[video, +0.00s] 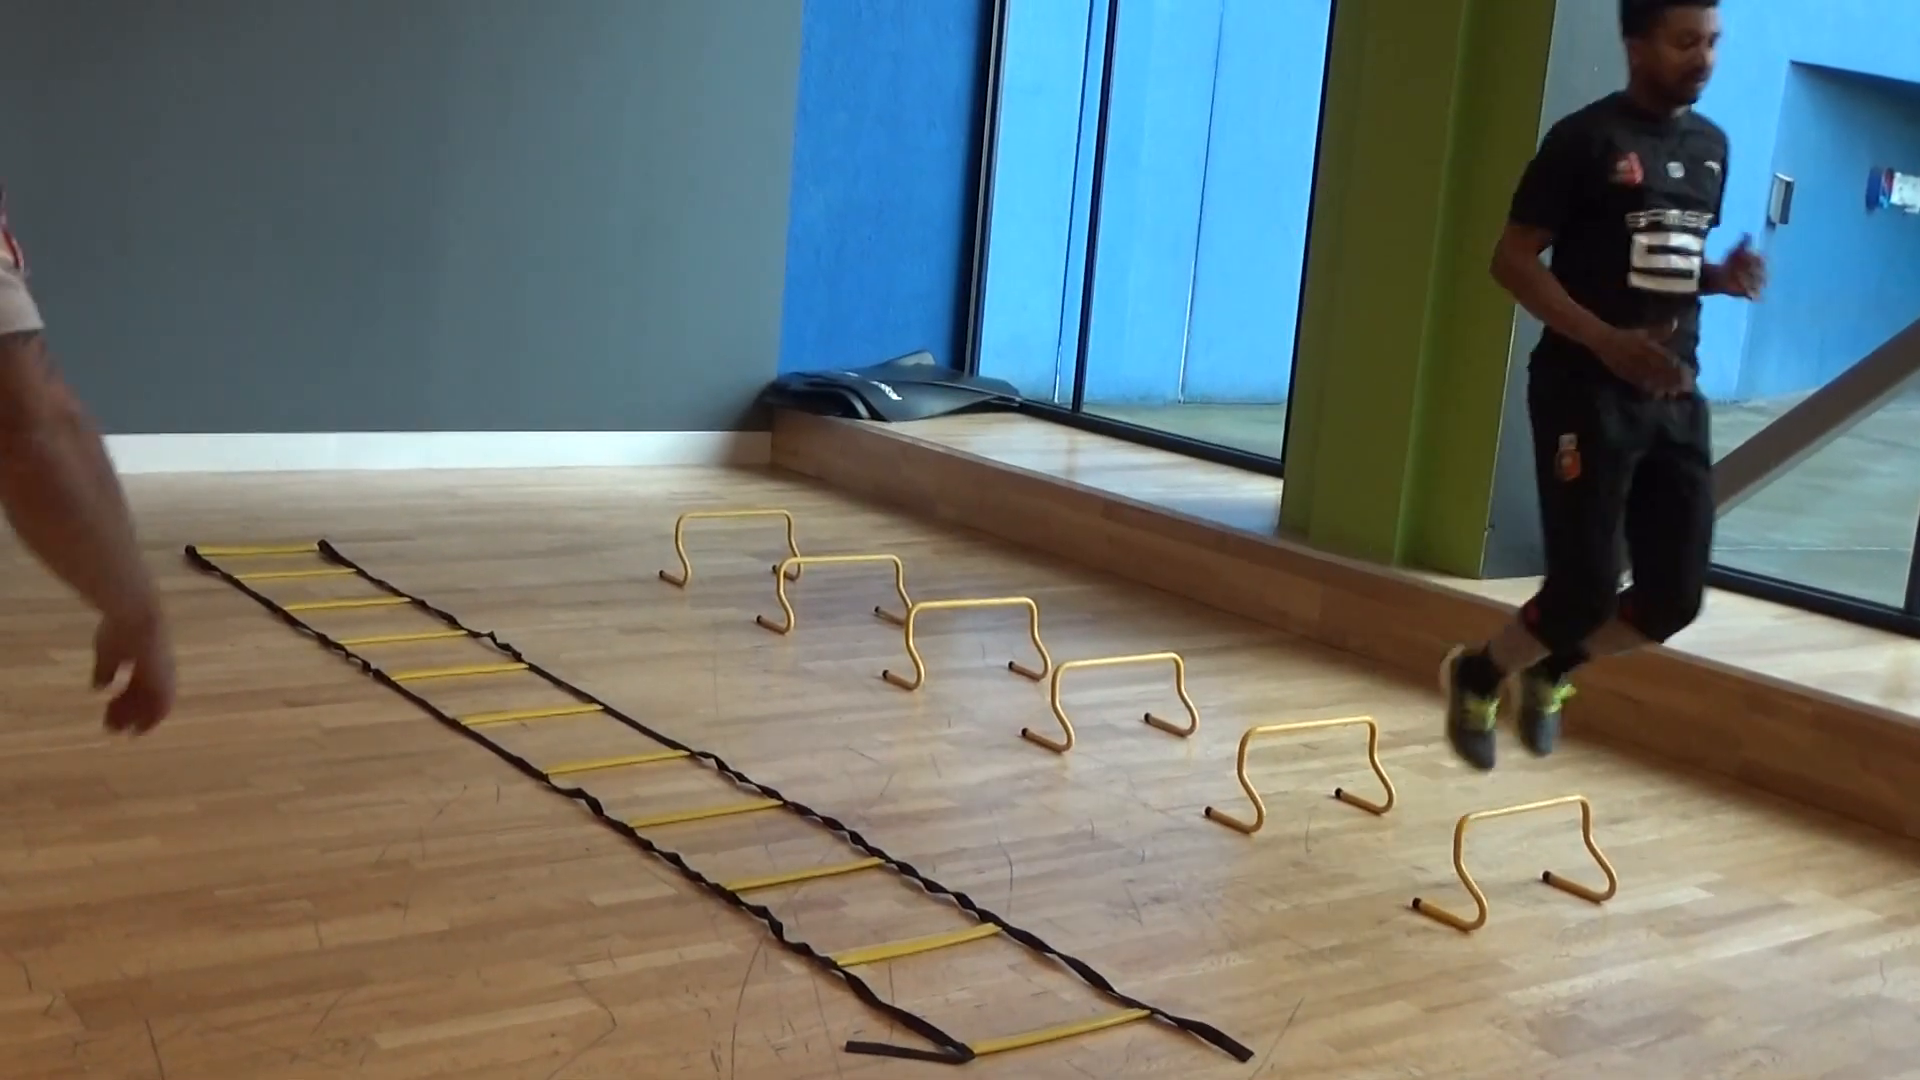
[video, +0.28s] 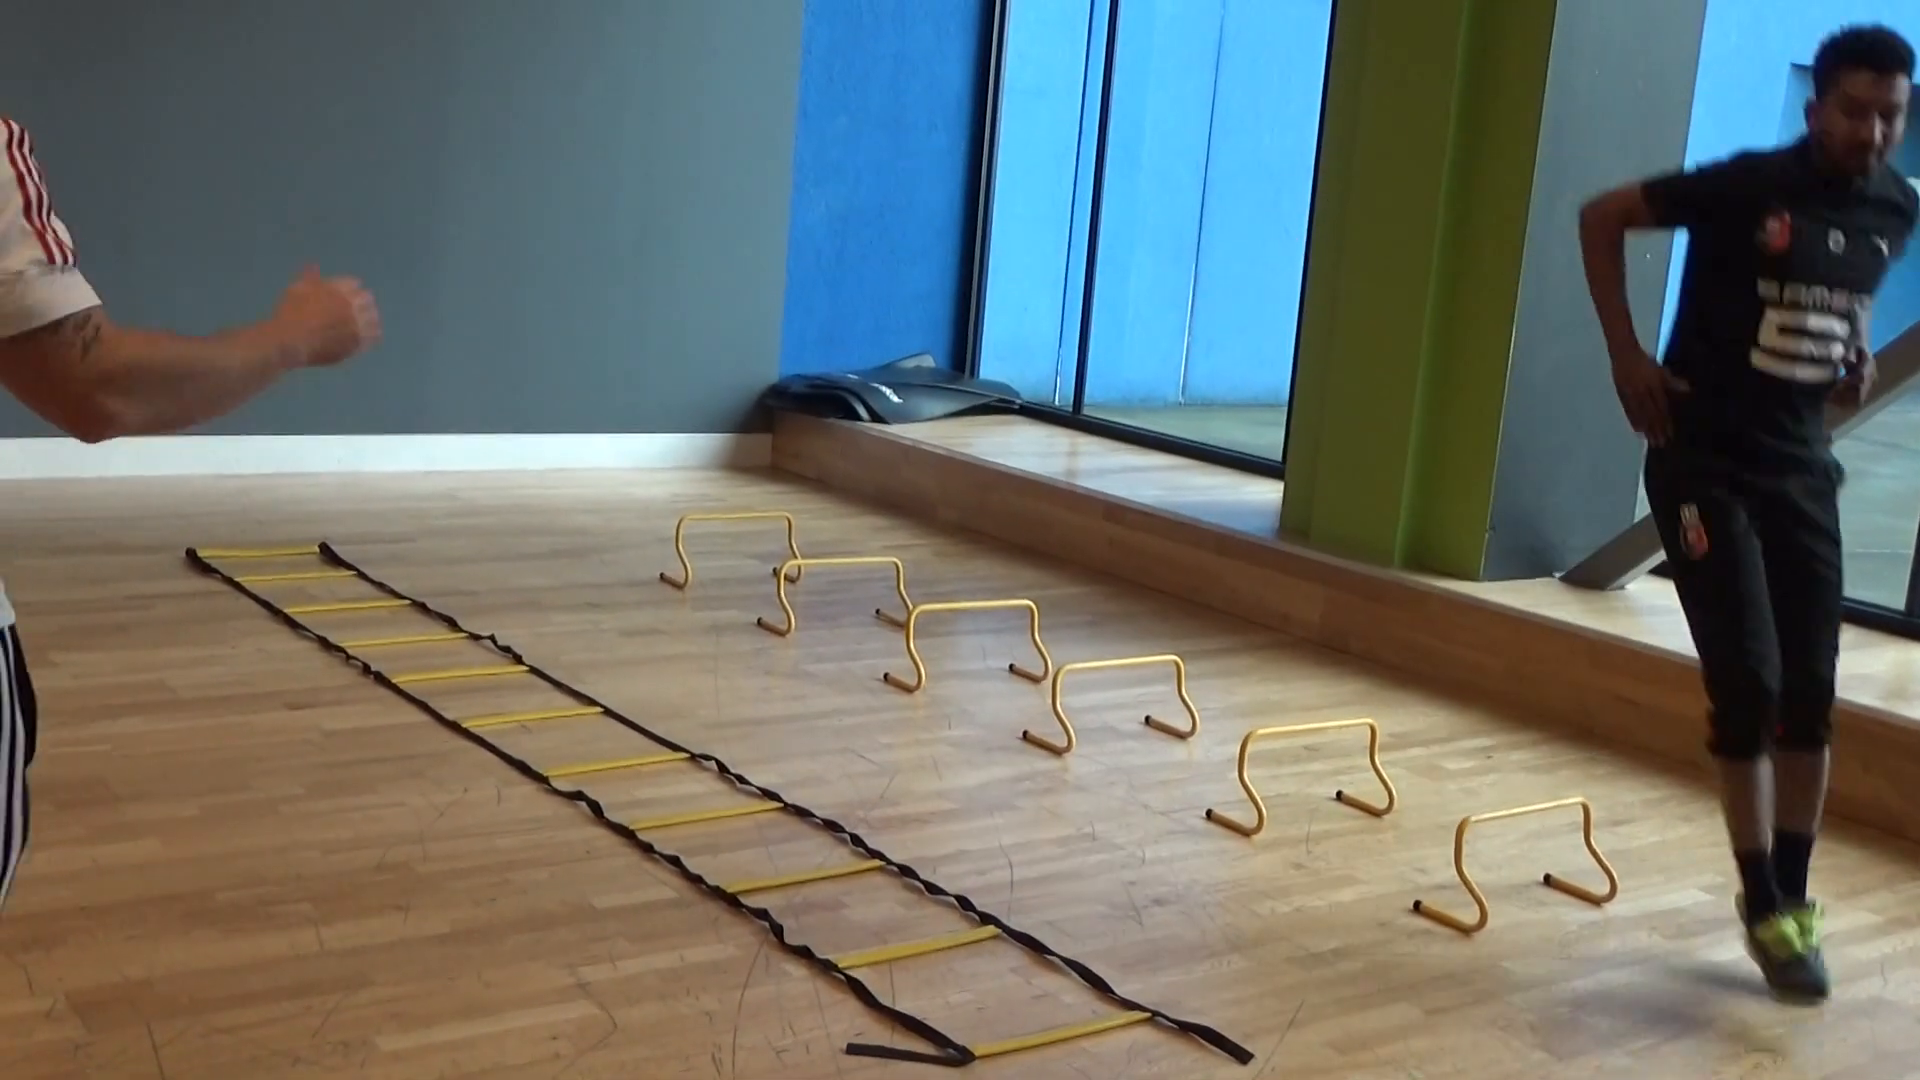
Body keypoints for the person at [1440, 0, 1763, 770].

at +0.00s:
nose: (1705, 58)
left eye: (1712, 42)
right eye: (1687, 41)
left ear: (1718, 43)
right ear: (1636, 46)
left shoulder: (1710, 147)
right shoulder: (1583, 141)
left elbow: (1664, 265)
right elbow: (1510, 261)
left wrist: (1721, 277)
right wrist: (1605, 338)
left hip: (1674, 392)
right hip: (1584, 387)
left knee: (1672, 597)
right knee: (1582, 593)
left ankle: (1550, 672)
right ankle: (1478, 672)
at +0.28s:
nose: (1872, 131)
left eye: (1889, 115)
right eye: (1856, 110)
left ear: (1905, 119)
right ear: (1817, 104)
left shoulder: (1894, 212)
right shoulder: (1748, 184)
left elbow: (1846, 290)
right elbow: (1602, 217)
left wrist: (1861, 362)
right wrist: (1627, 359)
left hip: (1803, 466)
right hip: (1706, 455)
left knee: (1810, 690)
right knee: (1748, 684)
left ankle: (1792, 897)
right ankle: (1762, 906)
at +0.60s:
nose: (1805, 330)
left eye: (1826, 314)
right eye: (1803, 311)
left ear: (1892, 321)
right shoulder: (1785, 414)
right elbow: (1743, 552)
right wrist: (1837, 573)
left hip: (1913, 649)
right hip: (1818, 651)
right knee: (1844, 840)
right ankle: (1844, 978)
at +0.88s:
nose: (1569, 292)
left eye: (1580, 273)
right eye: (1573, 273)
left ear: (1627, 280)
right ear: (1629, 281)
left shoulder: (1722, 364)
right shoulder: (1634, 381)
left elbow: (1796, 507)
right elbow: (1725, 515)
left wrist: (1641, 543)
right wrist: (1682, 611)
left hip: (1816, 630)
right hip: (1723, 625)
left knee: (1894, 855)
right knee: (1626, 802)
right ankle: (1771, 1001)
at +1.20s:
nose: (1246, 207)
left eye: (1254, 193)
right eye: (1249, 192)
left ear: (1282, 199)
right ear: (1310, 197)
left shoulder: (1321, 266)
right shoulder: (1326, 272)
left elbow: (1401, 339)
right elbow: (1367, 417)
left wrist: (1382, 497)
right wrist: (1282, 462)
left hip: (1380, 502)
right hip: (1443, 503)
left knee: (1242, 648)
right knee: (1457, 728)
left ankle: (1262, 864)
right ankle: (1616, 867)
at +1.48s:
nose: (961, 178)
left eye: (965, 167)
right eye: (968, 166)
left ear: (978, 170)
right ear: (1028, 172)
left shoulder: (959, 240)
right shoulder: (1082, 233)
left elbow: (929, 362)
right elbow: (1158, 290)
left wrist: (961, 356)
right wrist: (1141, 403)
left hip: (1034, 443)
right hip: (1105, 440)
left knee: (1050, 635)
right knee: (990, 582)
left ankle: (1149, 755)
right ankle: (944, 747)